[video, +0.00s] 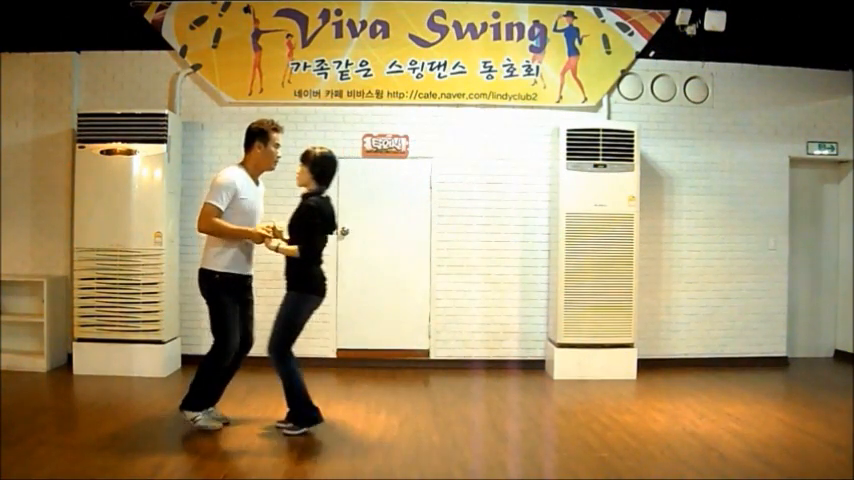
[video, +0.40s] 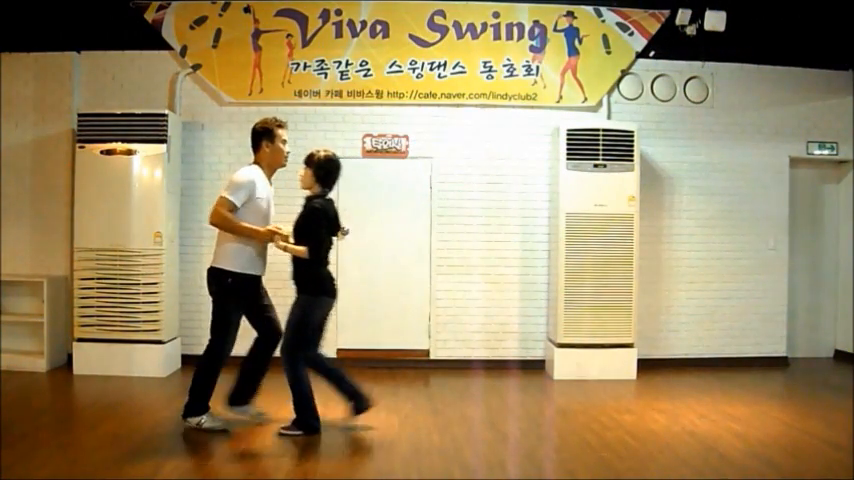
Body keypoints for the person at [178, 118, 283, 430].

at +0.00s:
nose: (278, 154)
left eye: (279, 148)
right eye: (274, 147)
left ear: (259, 149)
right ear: (255, 147)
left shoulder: (257, 185)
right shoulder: (228, 179)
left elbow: (240, 225)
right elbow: (204, 222)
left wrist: (264, 232)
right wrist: (249, 233)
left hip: (241, 276)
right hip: (217, 275)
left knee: (243, 342)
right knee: (227, 342)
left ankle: (206, 404)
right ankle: (193, 405)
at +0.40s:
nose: (287, 150)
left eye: (286, 144)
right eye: (282, 143)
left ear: (270, 147)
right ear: (263, 146)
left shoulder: (263, 182)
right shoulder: (246, 177)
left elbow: (242, 222)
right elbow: (217, 215)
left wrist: (270, 234)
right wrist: (258, 233)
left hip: (247, 276)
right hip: (228, 276)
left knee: (271, 333)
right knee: (220, 345)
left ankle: (239, 401)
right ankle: (195, 411)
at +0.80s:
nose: (295, 160)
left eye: (297, 154)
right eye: (293, 153)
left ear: (282, 149)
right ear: (275, 146)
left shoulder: (275, 178)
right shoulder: (251, 172)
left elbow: (277, 222)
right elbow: (251, 212)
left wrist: (310, 222)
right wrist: (301, 219)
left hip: (268, 272)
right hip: (246, 272)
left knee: (280, 339)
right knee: (265, 340)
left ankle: (271, 413)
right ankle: (226, 404)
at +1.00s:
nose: (310, 190)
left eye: (312, 184)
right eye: (309, 182)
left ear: (295, 176)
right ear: (292, 174)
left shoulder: (286, 205)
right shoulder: (262, 202)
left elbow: (286, 250)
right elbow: (251, 250)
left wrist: (322, 252)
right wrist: (292, 249)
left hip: (264, 293)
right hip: (244, 294)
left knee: (300, 344)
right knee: (293, 346)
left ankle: (277, 413)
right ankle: (269, 417)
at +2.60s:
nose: (278, 159)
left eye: (279, 154)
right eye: (274, 152)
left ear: (268, 157)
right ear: (253, 152)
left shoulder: (269, 196)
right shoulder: (227, 185)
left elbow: (296, 237)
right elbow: (212, 228)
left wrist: (335, 237)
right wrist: (256, 238)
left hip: (254, 283)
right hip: (226, 283)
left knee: (278, 342)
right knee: (258, 345)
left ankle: (285, 403)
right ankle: (247, 424)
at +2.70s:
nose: (268, 156)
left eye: (269, 150)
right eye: (264, 149)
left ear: (257, 153)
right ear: (243, 148)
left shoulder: (258, 191)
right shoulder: (218, 180)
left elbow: (286, 231)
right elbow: (206, 225)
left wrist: (325, 229)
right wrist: (251, 233)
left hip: (239, 278)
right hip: (213, 279)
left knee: (266, 336)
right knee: (248, 344)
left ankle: (249, 401)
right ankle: (246, 424)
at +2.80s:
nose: (255, 158)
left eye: (256, 152)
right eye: (250, 151)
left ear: (244, 154)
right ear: (230, 150)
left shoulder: (246, 193)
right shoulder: (208, 183)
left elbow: (270, 233)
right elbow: (202, 231)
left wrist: (311, 233)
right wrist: (248, 240)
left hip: (230, 280)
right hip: (207, 281)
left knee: (245, 345)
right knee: (244, 344)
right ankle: (247, 422)